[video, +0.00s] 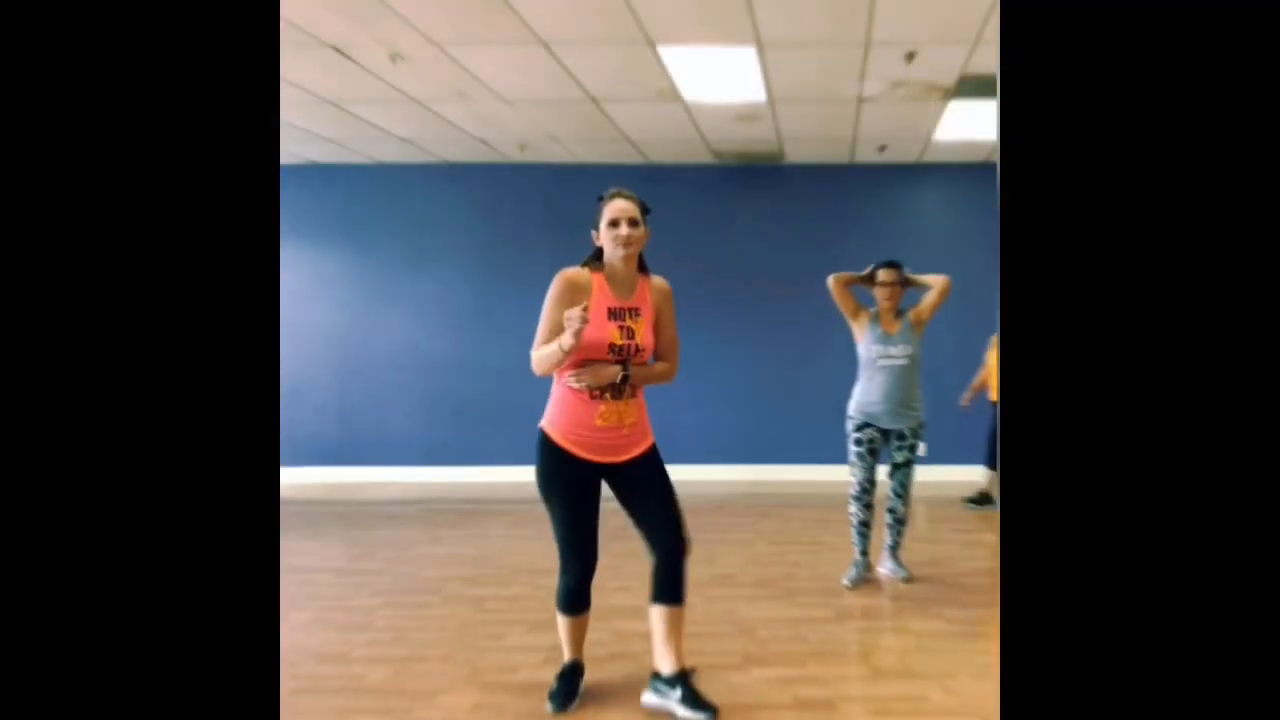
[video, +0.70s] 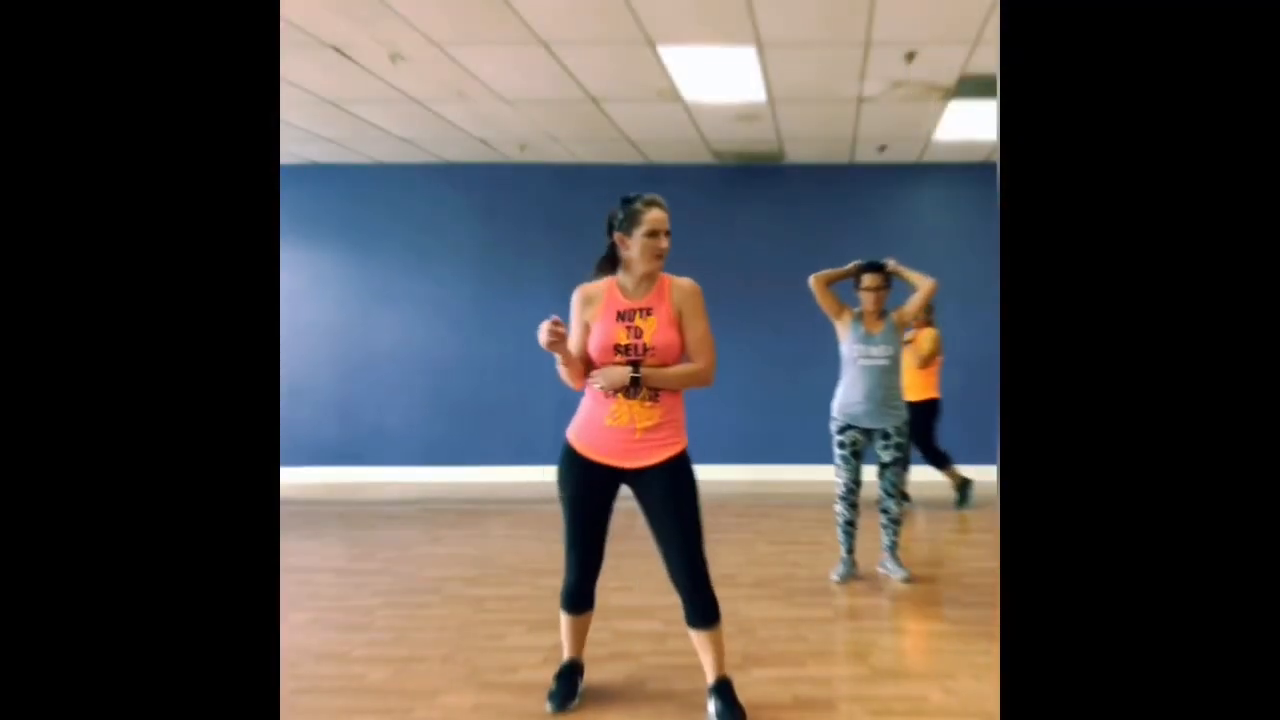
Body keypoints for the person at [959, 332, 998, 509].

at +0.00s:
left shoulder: (993, 342)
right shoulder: (994, 341)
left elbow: (986, 370)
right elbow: (987, 369)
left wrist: (970, 393)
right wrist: (970, 393)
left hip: (996, 402)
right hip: (995, 402)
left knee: (994, 445)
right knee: (993, 445)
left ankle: (990, 489)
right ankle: (989, 489)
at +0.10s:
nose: (991, 315)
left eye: (994, 311)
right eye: (990, 311)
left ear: (999, 315)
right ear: (987, 314)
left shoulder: (994, 338)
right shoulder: (983, 339)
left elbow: (993, 365)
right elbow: (973, 368)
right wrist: (957, 391)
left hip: (993, 397)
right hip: (984, 397)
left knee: (984, 440)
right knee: (983, 440)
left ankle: (982, 489)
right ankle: (981, 489)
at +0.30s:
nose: (968, 313)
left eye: (973, 309)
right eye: (966, 308)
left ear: (983, 314)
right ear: (962, 312)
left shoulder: (984, 333)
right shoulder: (959, 335)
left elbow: (973, 358)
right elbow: (950, 367)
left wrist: (961, 342)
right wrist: (940, 392)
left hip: (978, 394)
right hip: (959, 395)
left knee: (969, 441)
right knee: (951, 440)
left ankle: (981, 488)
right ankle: (982, 478)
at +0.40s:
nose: (955, 313)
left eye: (960, 309)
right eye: (953, 309)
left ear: (970, 314)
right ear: (949, 313)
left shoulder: (972, 334)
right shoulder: (947, 337)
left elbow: (957, 358)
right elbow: (938, 370)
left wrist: (949, 341)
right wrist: (930, 394)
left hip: (966, 396)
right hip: (945, 397)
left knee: (966, 443)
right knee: (933, 439)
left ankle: (978, 489)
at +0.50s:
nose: (942, 314)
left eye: (947, 311)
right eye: (940, 310)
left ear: (957, 315)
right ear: (937, 314)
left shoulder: (959, 335)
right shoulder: (935, 338)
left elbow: (945, 360)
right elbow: (927, 373)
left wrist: (935, 343)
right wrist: (918, 397)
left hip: (954, 397)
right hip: (932, 399)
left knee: (961, 445)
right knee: (919, 444)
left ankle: (976, 489)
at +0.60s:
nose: (928, 316)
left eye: (933, 312)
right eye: (926, 312)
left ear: (942, 315)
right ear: (922, 315)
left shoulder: (943, 335)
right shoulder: (922, 338)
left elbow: (933, 362)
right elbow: (912, 368)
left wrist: (920, 346)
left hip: (938, 398)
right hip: (916, 399)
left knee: (948, 446)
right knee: (904, 447)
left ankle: (973, 488)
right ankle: (897, 491)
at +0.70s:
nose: (913, 316)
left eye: (917, 312)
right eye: (912, 312)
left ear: (926, 314)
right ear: (911, 315)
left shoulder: (930, 334)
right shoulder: (911, 335)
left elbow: (921, 361)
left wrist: (908, 343)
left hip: (924, 398)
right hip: (907, 398)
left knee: (925, 445)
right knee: (898, 447)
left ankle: (959, 481)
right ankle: (897, 490)